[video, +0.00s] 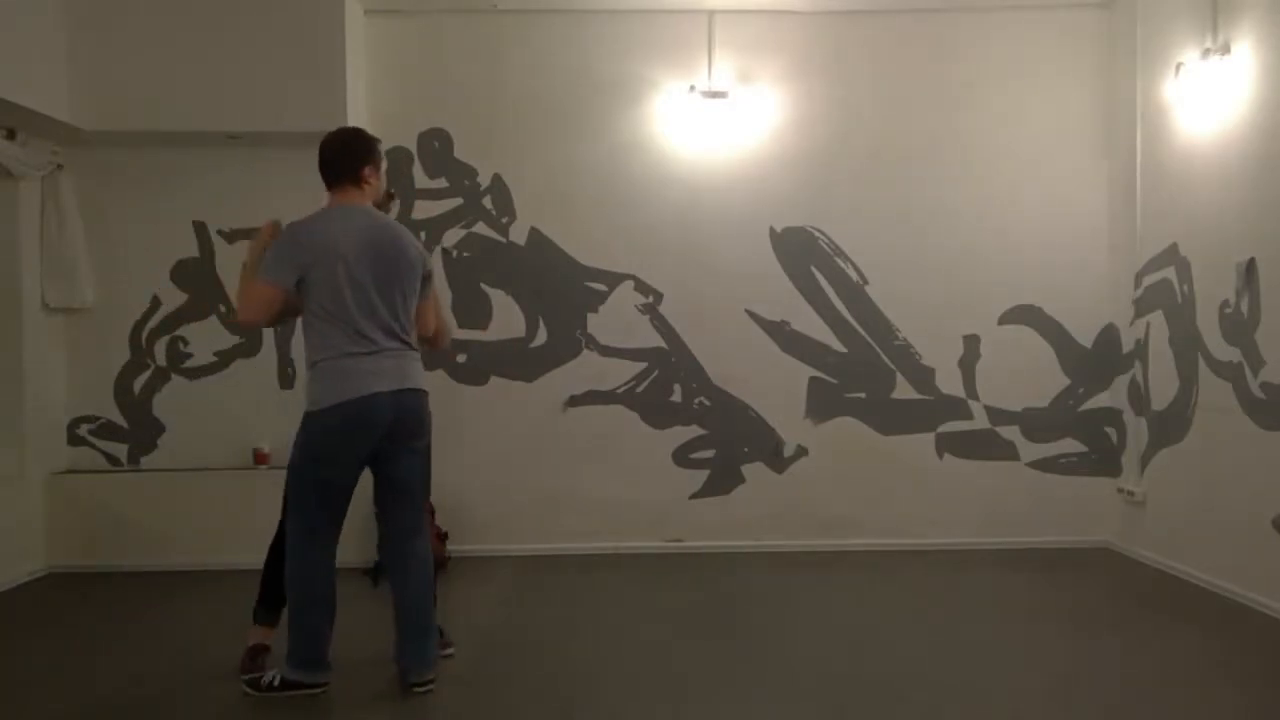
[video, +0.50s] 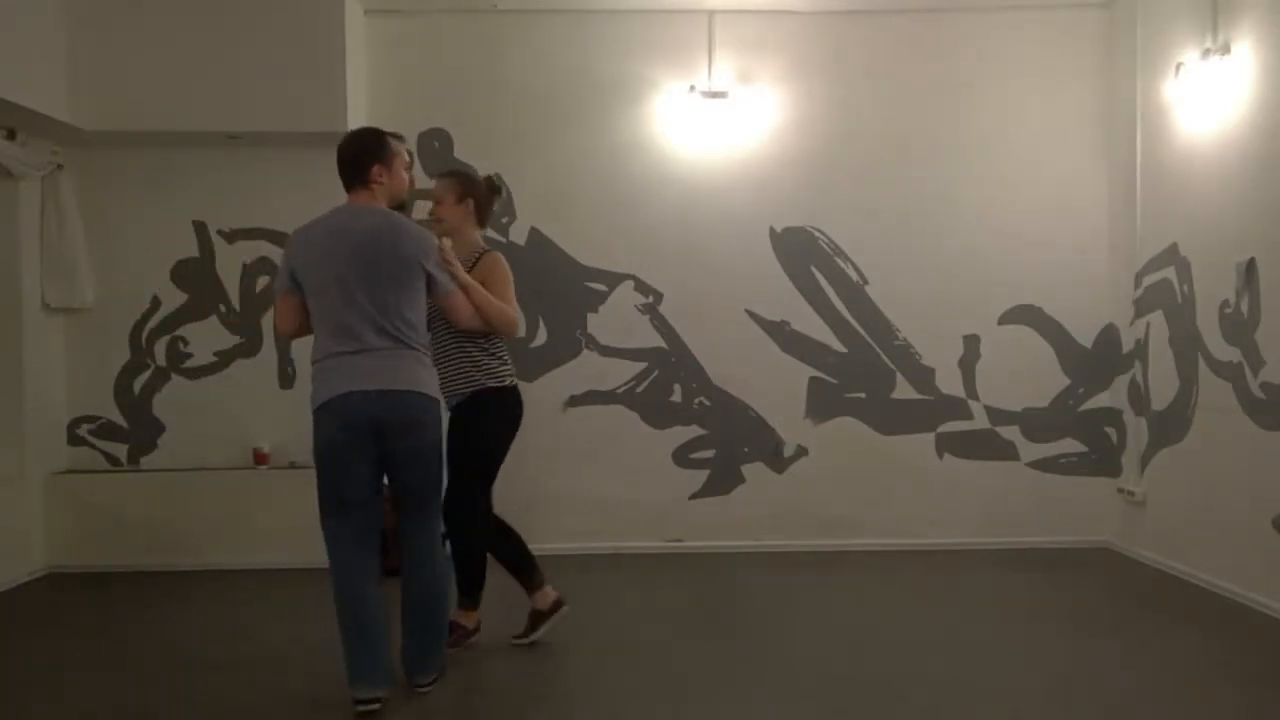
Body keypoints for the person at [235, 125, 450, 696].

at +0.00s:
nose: (383, 178)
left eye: (380, 169)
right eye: (380, 170)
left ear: (324, 177)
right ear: (369, 174)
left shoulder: (301, 238)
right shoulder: (405, 242)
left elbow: (251, 312)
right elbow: (432, 331)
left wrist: (260, 250)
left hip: (337, 404)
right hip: (406, 399)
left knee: (310, 535)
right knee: (409, 531)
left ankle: (306, 667)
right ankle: (418, 665)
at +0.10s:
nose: (399, 181)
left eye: (398, 170)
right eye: (396, 171)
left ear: (339, 176)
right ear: (378, 174)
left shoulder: (308, 238)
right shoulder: (417, 239)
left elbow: (268, 319)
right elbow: (444, 325)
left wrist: (308, 301)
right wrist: (394, 308)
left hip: (346, 405)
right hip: (418, 403)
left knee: (316, 536)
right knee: (417, 533)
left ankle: (303, 669)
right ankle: (420, 667)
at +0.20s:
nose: (406, 182)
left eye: (403, 172)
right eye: (402, 173)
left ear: (346, 179)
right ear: (386, 176)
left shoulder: (314, 241)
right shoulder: (422, 242)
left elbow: (284, 324)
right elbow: (451, 328)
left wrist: (317, 294)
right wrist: (405, 304)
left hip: (348, 408)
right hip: (422, 404)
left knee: (328, 538)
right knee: (423, 533)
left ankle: (307, 678)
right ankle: (421, 668)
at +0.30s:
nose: (412, 179)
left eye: (410, 168)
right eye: (408, 169)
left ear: (352, 175)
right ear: (386, 173)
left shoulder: (312, 238)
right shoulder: (423, 238)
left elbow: (287, 326)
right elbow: (458, 324)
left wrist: (331, 300)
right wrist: (414, 291)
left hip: (347, 405)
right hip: (420, 401)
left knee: (340, 537)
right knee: (428, 532)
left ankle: (332, 677)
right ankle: (422, 667)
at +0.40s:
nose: (412, 174)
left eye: (409, 164)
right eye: (406, 164)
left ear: (352, 173)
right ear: (383, 169)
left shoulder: (308, 235)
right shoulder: (419, 234)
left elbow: (287, 322)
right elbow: (463, 317)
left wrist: (336, 298)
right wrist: (448, 277)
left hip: (343, 399)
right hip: (415, 396)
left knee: (347, 531)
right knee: (426, 527)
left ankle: (362, 671)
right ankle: (423, 666)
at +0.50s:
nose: (411, 176)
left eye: (408, 166)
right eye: (404, 166)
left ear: (352, 177)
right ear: (379, 173)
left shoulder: (304, 238)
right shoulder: (412, 235)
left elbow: (287, 325)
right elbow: (463, 316)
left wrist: (339, 306)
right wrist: (436, 281)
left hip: (339, 401)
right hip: (412, 398)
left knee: (349, 534)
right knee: (422, 528)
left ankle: (366, 682)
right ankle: (425, 665)